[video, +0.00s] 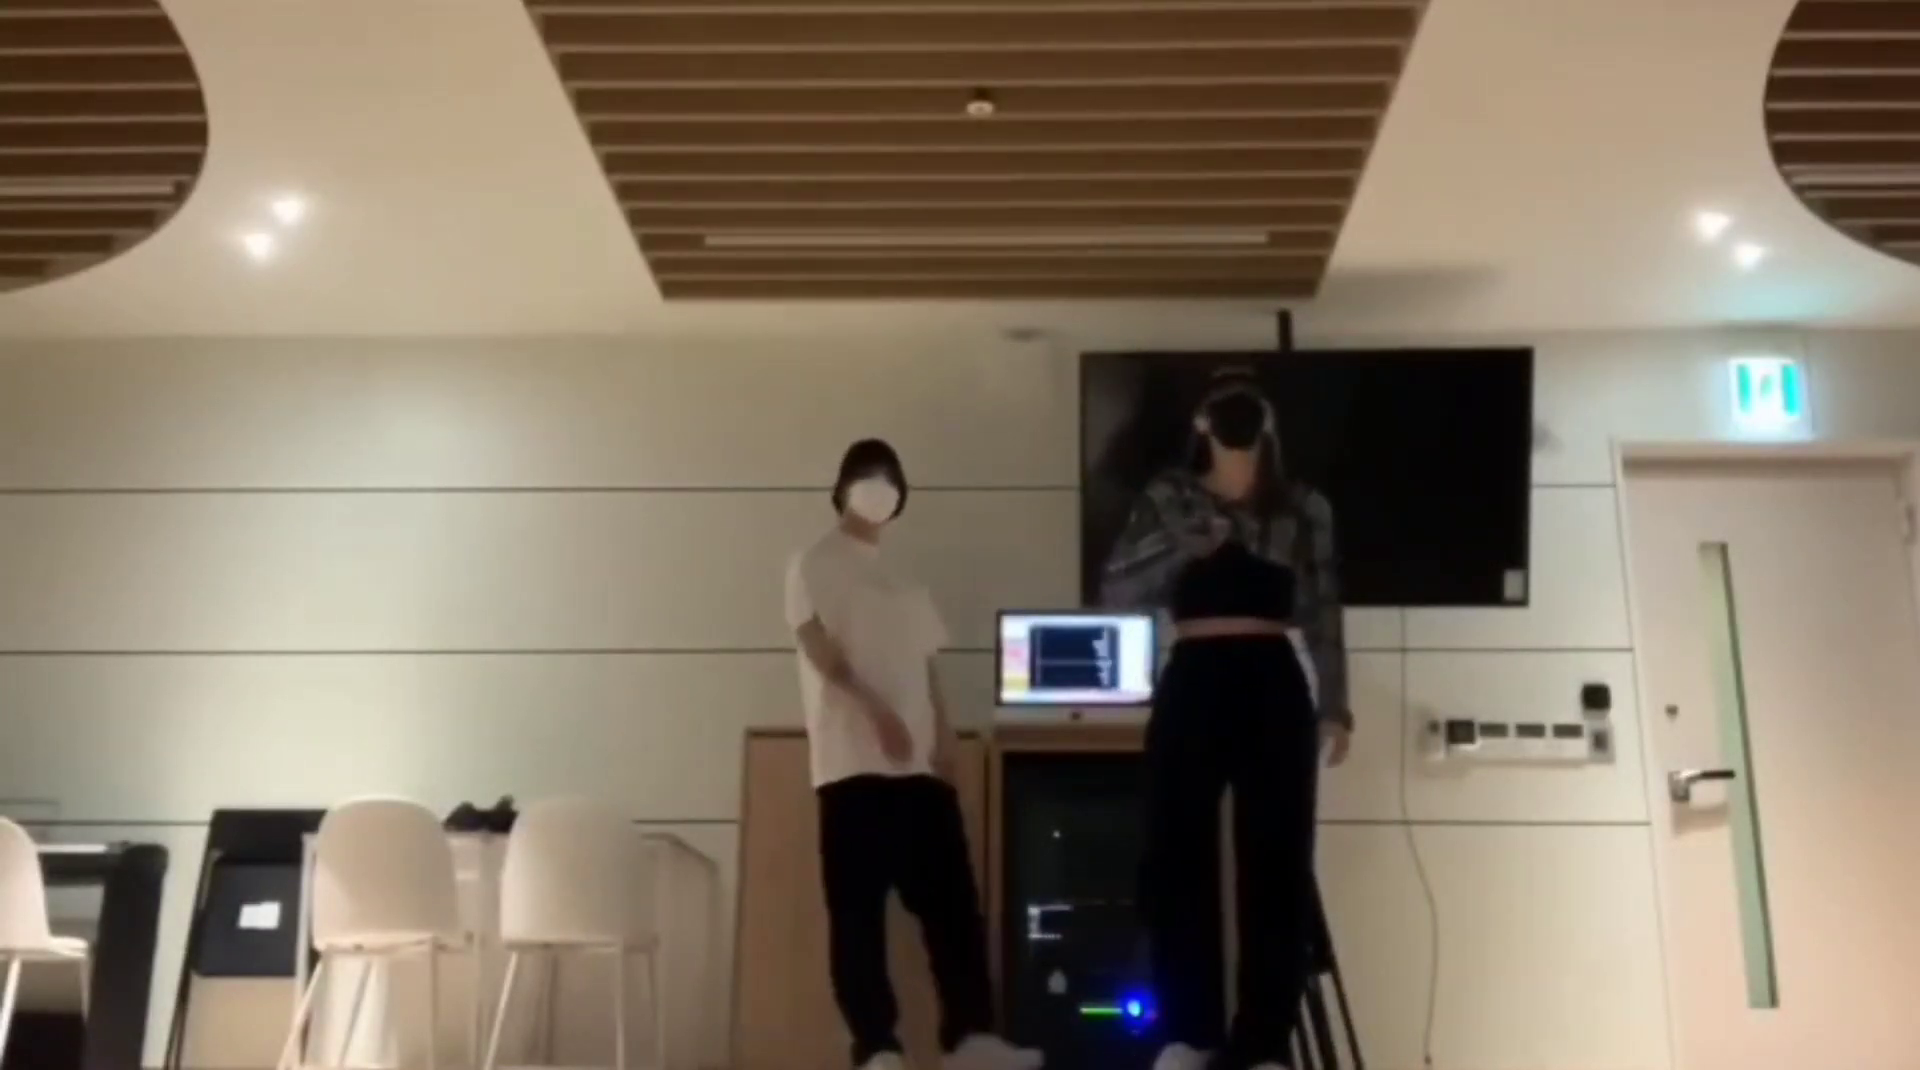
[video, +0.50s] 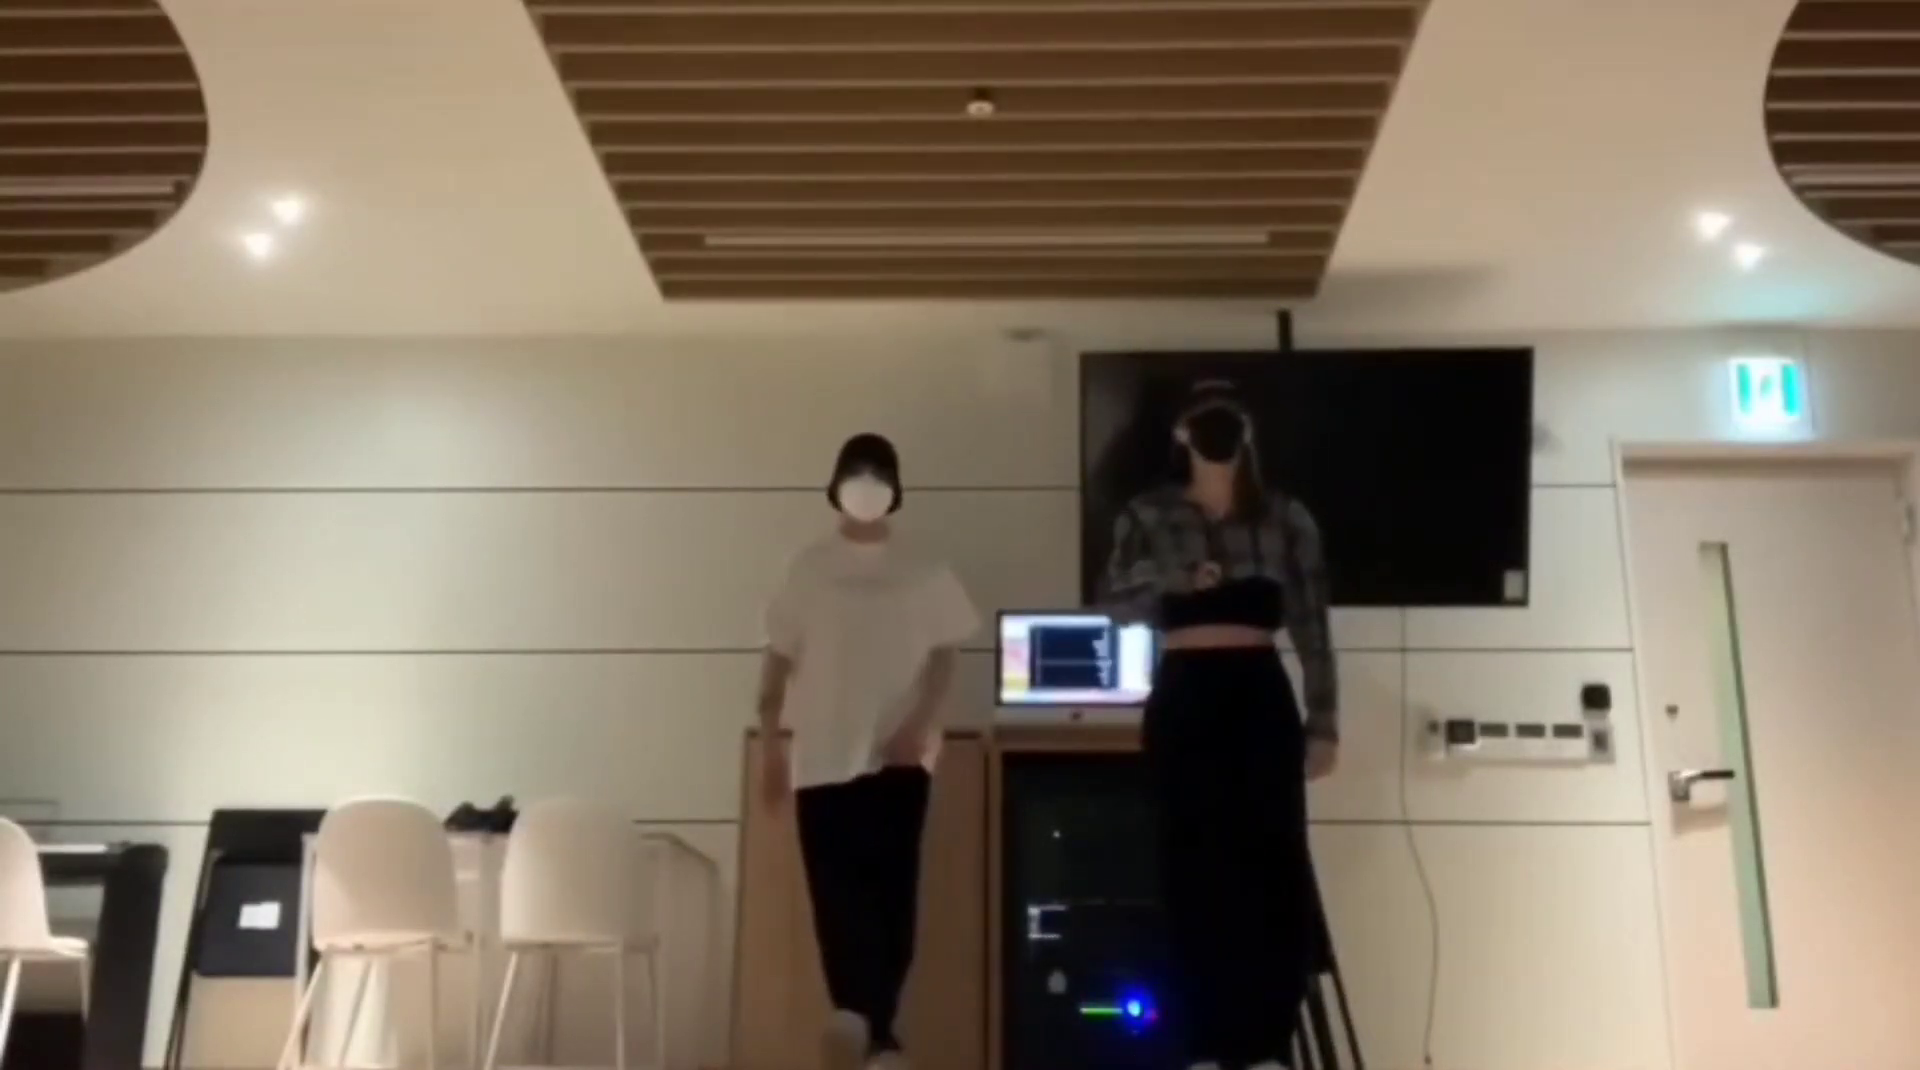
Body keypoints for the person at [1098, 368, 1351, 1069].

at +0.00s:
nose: (1238, 419)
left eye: (1251, 406)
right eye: (1224, 408)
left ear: (1270, 425)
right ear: (1201, 425)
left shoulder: (1302, 507)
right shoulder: (1170, 498)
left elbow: (1322, 612)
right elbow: (1115, 588)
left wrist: (1334, 704)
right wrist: (1185, 547)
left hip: (1275, 687)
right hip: (1194, 685)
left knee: (1276, 863)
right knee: (1179, 856)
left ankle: (1265, 1040)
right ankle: (1188, 1034)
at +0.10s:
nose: (1235, 426)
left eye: (1247, 413)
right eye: (1221, 415)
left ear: (1266, 428)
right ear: (1198, 429)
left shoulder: (1297, 512)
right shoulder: (1168, 499)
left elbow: (1325, 615)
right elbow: (1112, 580)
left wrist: (1341, 709)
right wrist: (1182, 545)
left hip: (1272, 695)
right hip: (1193, 694)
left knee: (1273, 861)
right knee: (1194, 860)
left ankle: (1267, 1037)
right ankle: (1206, 1036)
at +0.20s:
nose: (1231, 429)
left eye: (1243, 417)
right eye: (1217, 419)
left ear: (1262, 430)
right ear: (1195, 430)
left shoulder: (1292, 512)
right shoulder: (1165, 500)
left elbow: (1323, 613)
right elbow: (1112, 581)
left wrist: (1340, 709)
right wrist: (1179, 548)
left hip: (1270, 694)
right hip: (1192, 695)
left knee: (1274, 861)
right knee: (1197, 861)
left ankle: (1267, 1037)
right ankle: (1208, 1036)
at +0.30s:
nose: (1227, 434)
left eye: (1239, 422)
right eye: (1212, 423)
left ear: (1256, 434)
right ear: (1189, 432)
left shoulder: (1286, 511)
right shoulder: (1160, 504)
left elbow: (1317, 612)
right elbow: (1109, 582)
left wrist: (1331, 705)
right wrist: (1175, 552)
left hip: (1269, 695)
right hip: (1191, 696)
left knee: (1274, 863)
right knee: (1198, 863)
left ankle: (1266, 1037)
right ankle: (1208, 1036)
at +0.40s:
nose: (1219, 425)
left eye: (1231, 413)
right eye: (1204, 415)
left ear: (1250, 430)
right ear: (1181, 431)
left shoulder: (1286, 518)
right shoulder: (1150, 514)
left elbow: (1313, 619)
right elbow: (1108, 596)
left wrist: (1322, 712)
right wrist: (1176, 572)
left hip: (1263, 700)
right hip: (1185, 700)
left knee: (1269, 864)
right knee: (1193, 866)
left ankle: (1264, 1038)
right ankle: (1203, 1036)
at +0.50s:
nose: (1218, 426)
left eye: (1230, 414)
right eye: (1202, 416)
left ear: (1250, 432)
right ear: (1179, 433)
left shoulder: (1286, 521)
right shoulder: (1146, 517)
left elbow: (1312, 626)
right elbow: (1112, 600)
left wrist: (1322, 722)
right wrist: (1176, 583)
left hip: (1260, 702)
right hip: (1184, 703)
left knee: (1268, 867)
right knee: (1192, 869)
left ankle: (1263, 1040)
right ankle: (1203, 1039)